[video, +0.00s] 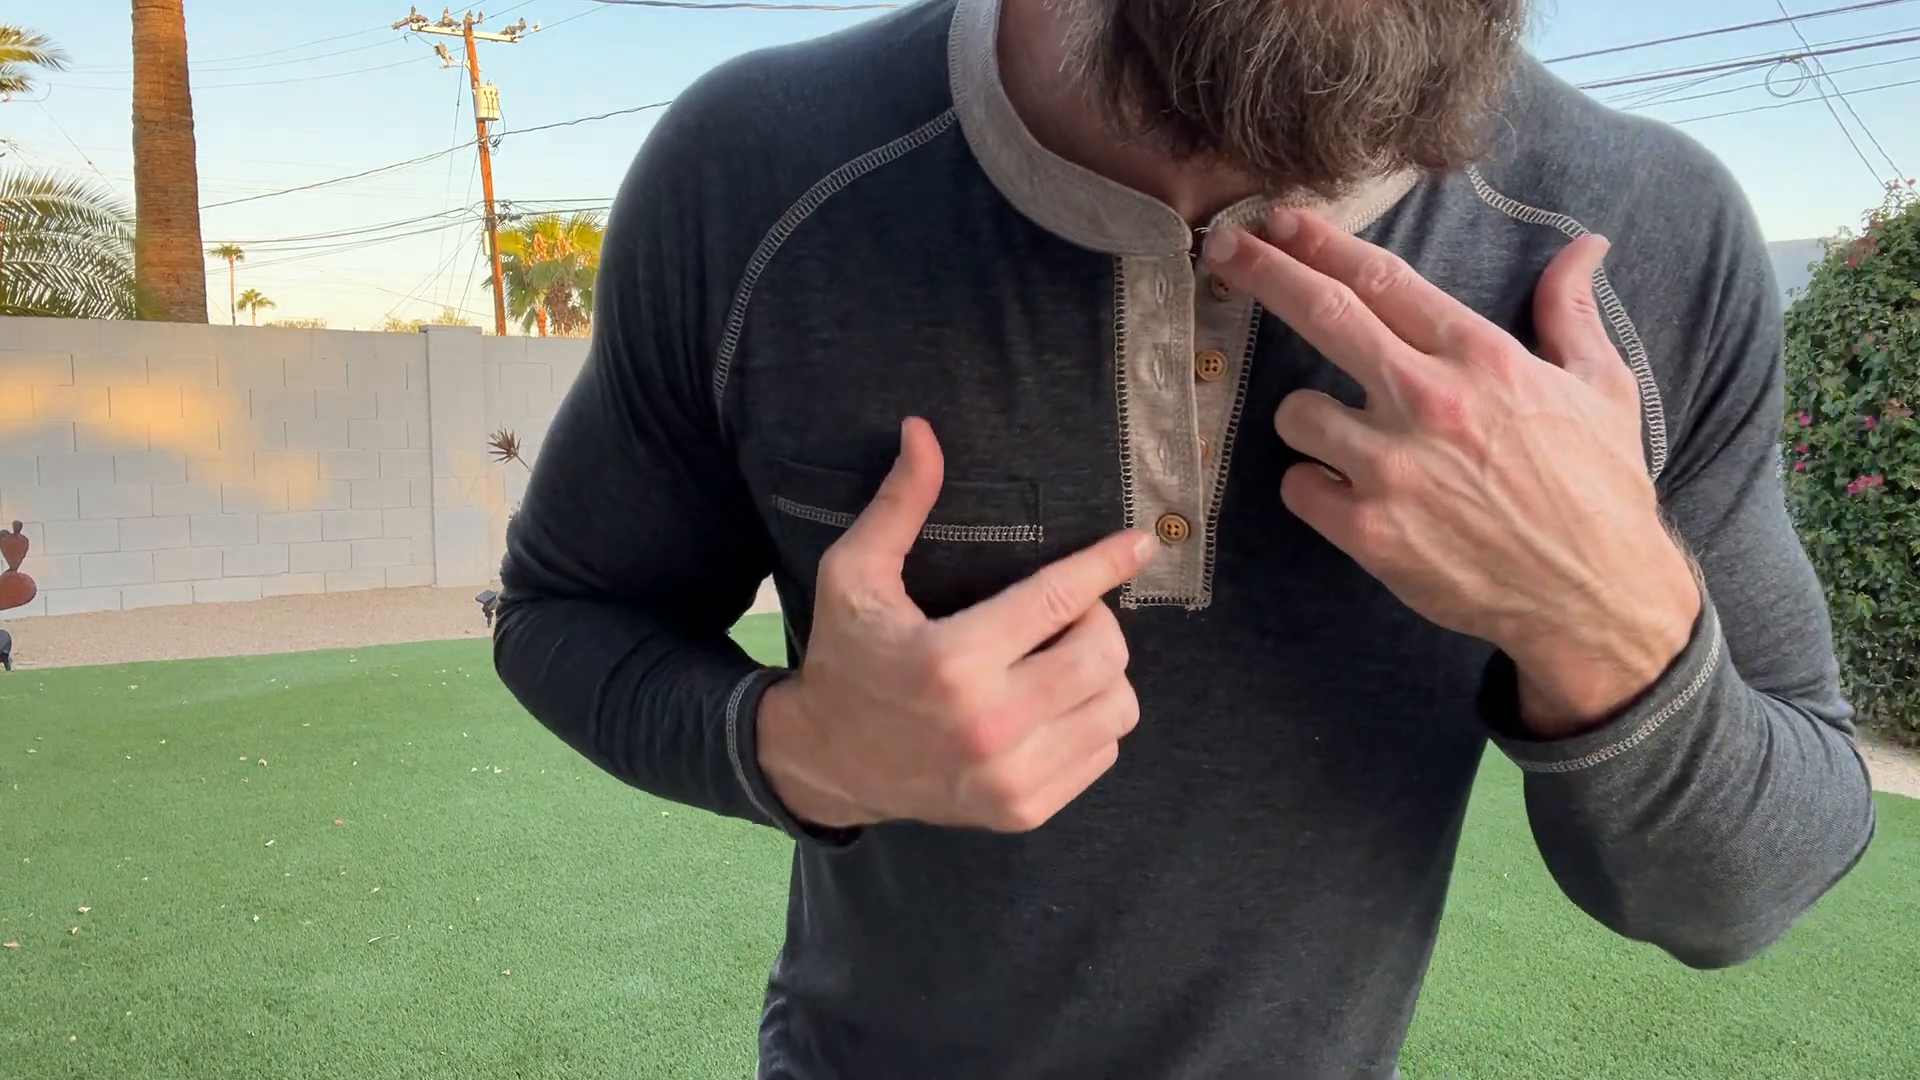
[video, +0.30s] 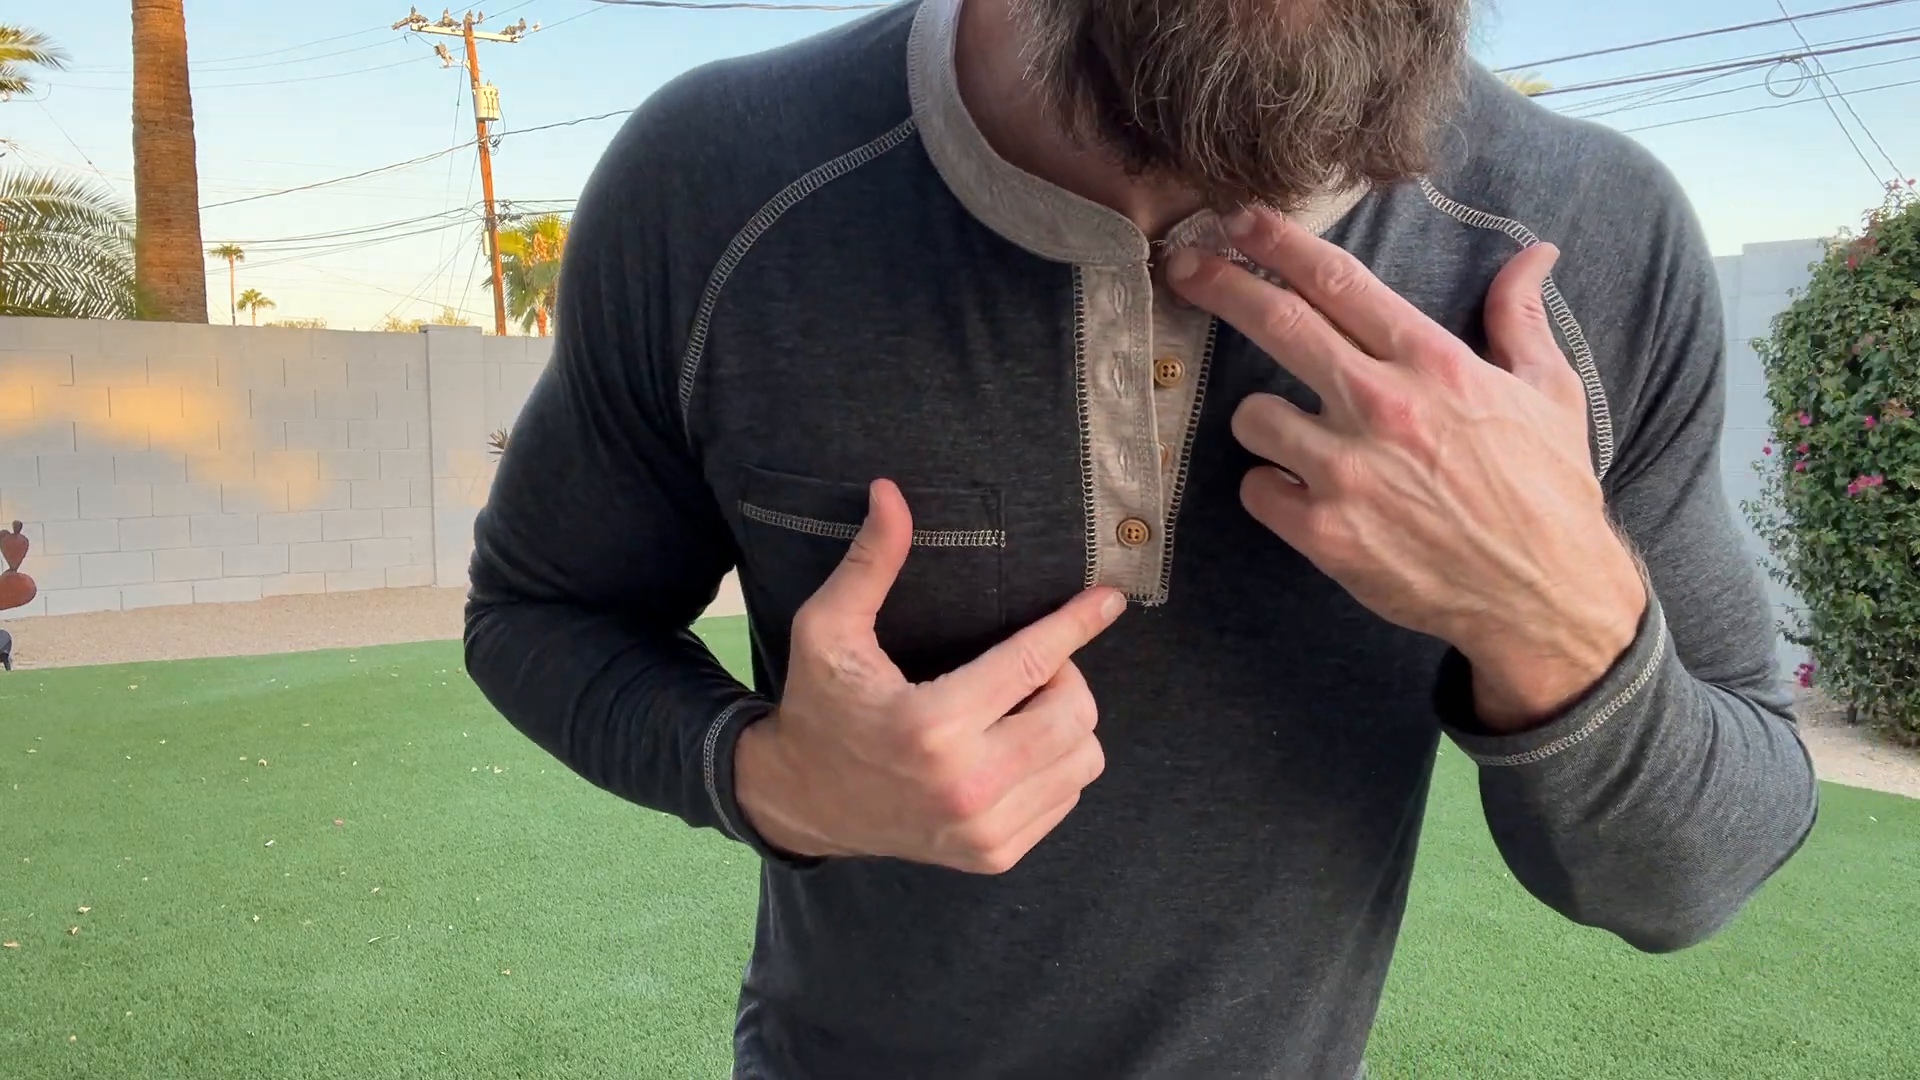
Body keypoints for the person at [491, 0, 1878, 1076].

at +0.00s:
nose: (1196, 256)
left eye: (1296, 206)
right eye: (1120, 172)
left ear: (1436, 100)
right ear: (1046, 16)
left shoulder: (1635, 240)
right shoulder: (750, 168)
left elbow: (1737, 898)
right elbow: (569, 608)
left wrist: (1607, 635)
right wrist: (787, 753)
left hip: (1303, 1045)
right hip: (867, 1043)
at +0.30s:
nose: (1157, 257)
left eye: (1256, 212)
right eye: (1096, 177)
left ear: (1396, 107)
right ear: (1024, 24)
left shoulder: (1584, 241)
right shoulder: (709, 178)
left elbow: (1691, 876)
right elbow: (543, 607)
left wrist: (1557, 630)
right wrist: (757, 778)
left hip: (1273, 1050)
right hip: (838, 1048)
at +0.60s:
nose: (1165, 248)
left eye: (1260, 197)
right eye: (1113, 180)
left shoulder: (1572, 247)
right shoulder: (705, 179)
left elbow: (1699, 830)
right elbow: (541, 594)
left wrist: (1550, 692)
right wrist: (744, 773)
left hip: (1261, 1044)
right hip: (832, 1039)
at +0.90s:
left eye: (1269, 204)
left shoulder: (1587, 254)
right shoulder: (722, 173)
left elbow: (1717, 781)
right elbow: (562, 576)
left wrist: (1566, 756)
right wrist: (749, 764)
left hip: (1273, 1038)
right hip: (835, 1035)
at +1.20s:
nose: (1164, 221)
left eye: (1253, 193)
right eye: (1108, 151)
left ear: (1410, 74)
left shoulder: (1610, 255)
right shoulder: (738, 157)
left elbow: (1722, 734)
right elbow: (575, 559)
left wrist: (1573, 794)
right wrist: (748, 751)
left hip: (1276, 1048)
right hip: (835, 1042)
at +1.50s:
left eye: (1268, 160)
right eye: (1121, 133)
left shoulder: (1612, 244)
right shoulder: (761, 138)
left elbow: (1721, 735)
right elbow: (586, 566)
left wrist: (1542, 781)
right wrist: (773, 722)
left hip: (1273, 1057)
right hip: (831, 1047)